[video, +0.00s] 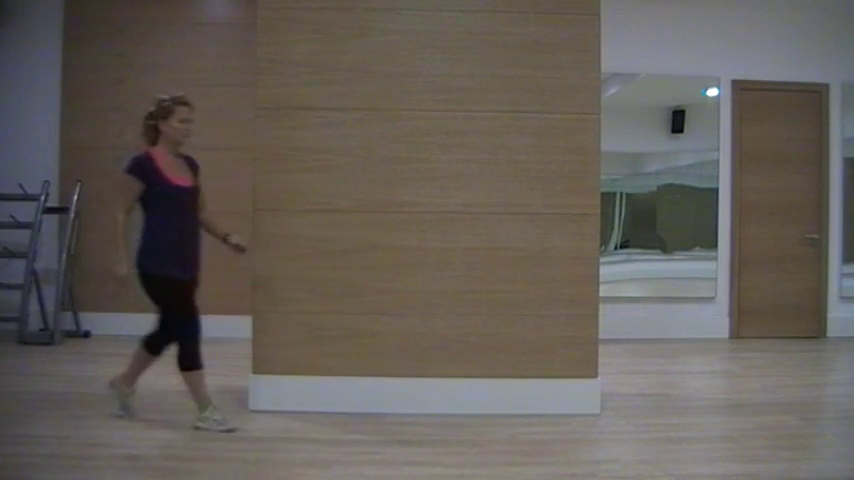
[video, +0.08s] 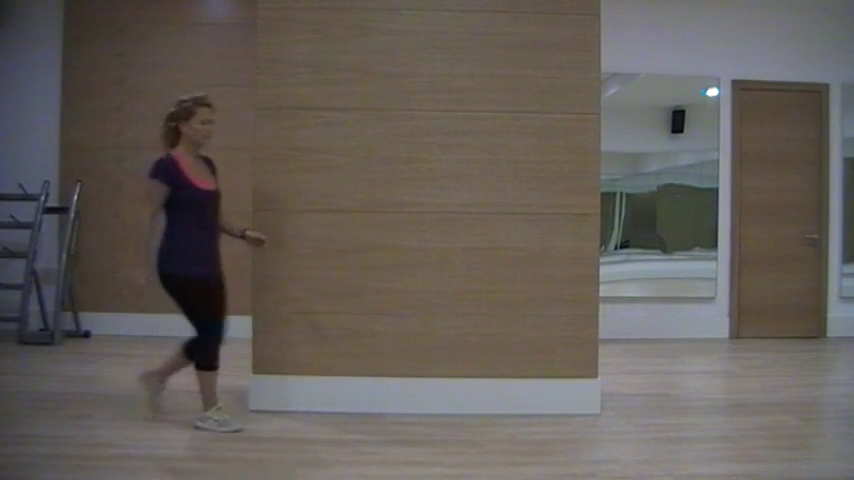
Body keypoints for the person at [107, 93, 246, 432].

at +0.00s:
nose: (188, 128)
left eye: (190, 122)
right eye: (182, 122)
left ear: (190, 126)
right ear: (161, 124)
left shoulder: (189, 165)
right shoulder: (144, 163)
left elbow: (198, 213)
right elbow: (121, 210)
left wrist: (227, 238)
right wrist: (121, 258)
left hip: (186, 263)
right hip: (157, 262)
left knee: (169, 327)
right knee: (188, 325)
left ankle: (124, 382)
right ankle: (205, 408)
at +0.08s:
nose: (209, 130)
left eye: (211, 124)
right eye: (202, 123)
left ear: (210, 127)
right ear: (182, 126)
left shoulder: (207, 165)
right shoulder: (167, 166)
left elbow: (210, 219)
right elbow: (147, 217)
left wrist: (243, 234)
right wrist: (142, 266)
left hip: (208, 261)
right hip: (178, 262)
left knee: (212, 330)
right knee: (209, 330)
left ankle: (156, 376)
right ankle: (210, 409)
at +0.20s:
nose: (240, 124)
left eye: (242, 119)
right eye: (233, 118)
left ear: (243, 123)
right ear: (213, 120)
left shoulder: (235, 160)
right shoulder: (199, 159)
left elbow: (235, 213)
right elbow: (187, 215)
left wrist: (254, 236)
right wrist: (186, 266)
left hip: (239, 260)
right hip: (211, 262)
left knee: (264, 323)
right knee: (219, 330)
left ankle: (235, 394)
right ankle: (209, 408)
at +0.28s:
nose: (261, 123)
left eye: (263, 117)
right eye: (255, 116)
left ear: (261, 121)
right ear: (233, 119)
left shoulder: (250, 156)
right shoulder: (223, 156)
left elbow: (255, 213)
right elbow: (211, 211)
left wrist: (270, 251)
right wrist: (226, 258)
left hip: (258, 257)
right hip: (229, 258)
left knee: (284, 323)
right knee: (224, 333)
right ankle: (212, 409)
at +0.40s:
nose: (290, 127)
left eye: (293, 121)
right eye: (283, 120)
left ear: (294, 125)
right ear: (263, 123)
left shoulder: (283, 163)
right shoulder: (254, 161)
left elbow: (283, 216)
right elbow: (244, 214)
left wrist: (294, 251)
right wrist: (280, 251)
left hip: (291, 263)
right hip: (260, 265)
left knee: (316, 334)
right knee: (249, 337)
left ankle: (338, 412)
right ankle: (214, 407)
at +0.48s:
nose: (307, 127)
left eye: (311, 121)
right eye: (299, 121)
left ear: (315, 125)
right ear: (283, 124)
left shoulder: (309, 167)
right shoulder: (273, 162)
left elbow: (310, 221)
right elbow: (263, 217)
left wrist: (323, 259)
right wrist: (296, 251)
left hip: (316, 265)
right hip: (281, 267)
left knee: (341, 334)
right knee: (279, 346)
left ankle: (342, 415)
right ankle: (231, 396)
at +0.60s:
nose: (332, 121)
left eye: (337, 115)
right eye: (325, 115)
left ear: (343, 121)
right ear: (310, 121)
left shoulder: (348, 168)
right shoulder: (297, 161)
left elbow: (345, 220)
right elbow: (279, 215)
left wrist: (351, 261)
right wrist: (298, 264)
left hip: (346, 268)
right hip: (309, 269)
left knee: (356, 341)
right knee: (323, 345)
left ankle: (343, 415)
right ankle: (284, 389)